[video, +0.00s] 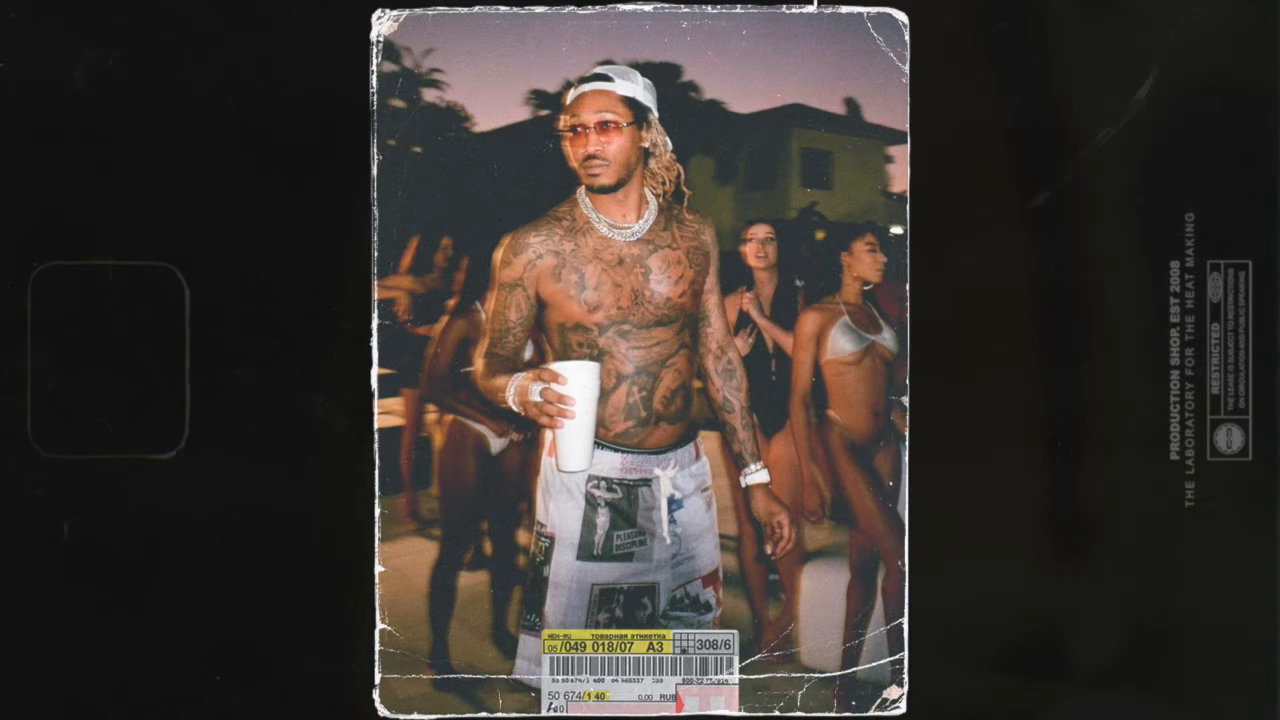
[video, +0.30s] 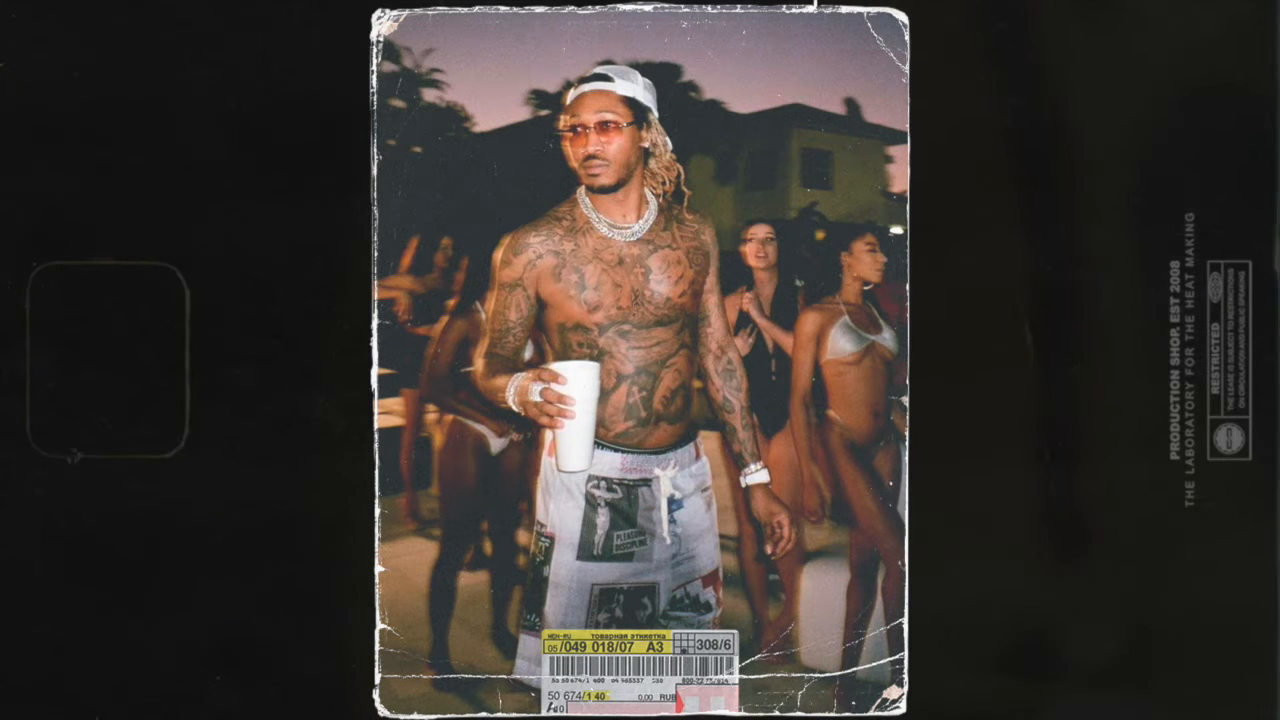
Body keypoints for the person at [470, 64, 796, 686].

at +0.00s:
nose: (590, 143)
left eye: (608, 126)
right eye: (576, 130)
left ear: (646, 138)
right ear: (565, 144)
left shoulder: (693, 236)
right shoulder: (532, 248)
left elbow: (720, 358)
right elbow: (491, 365)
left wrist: (756, 481)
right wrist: (516, 389)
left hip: (681, 477)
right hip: (582, 481)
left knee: (689, 662)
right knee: (574, 666)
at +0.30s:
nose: (590, 143)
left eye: (608, 126)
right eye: (576, 130)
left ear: (646, 138)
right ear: (565, 144)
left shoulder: (693, 235)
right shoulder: (532, 248)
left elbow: (720, 359)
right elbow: (491, 365)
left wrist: (756, 482)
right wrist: (516, 389)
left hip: (681, 477)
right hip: (582, 482)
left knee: (689, 664)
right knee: (574, 669)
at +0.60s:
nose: (590, 143)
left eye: (608, 126)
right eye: (576, 130)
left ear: (646, 138)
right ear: (565, 144)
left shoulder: (693, 235)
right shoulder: (532, 248)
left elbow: (720, 359)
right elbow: (491, 365)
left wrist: (756, 482)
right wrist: (516, 389)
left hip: (681, 477)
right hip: (582, 481)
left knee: (690, 664)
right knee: (574, 669)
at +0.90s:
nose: (590, 143)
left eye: (608, 126)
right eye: (576, 130)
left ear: (646, 138)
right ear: (565, 144)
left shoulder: (693, 235)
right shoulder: (532, 248)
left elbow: (720, 358)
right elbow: (491, 365)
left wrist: (756, 482)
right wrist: (516, 389)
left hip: (681, 477)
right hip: (582, 482)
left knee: (689, 664)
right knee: (574, 670)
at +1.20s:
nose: (589, 143)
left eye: (608, 126)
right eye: (576, 130)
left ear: (646, 138)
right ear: (565, 144)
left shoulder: (693, 235)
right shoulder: (532, 248)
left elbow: (720, 358)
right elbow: (491, 365)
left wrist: (756, 482)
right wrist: (516, 389)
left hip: (681, 477)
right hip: (583, 482)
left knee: (689, 664)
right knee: (574, 669)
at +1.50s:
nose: (590, 143)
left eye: (608, 126)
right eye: (577, 130)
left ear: (646, 139)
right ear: (565, 144)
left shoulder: (693, 235)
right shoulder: (533, 247)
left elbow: (720, 358)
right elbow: (491, 365)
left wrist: (756, 481)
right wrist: (516, 389)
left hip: (681, 476)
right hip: (583, 480)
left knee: (689, 661)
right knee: (575, 665)